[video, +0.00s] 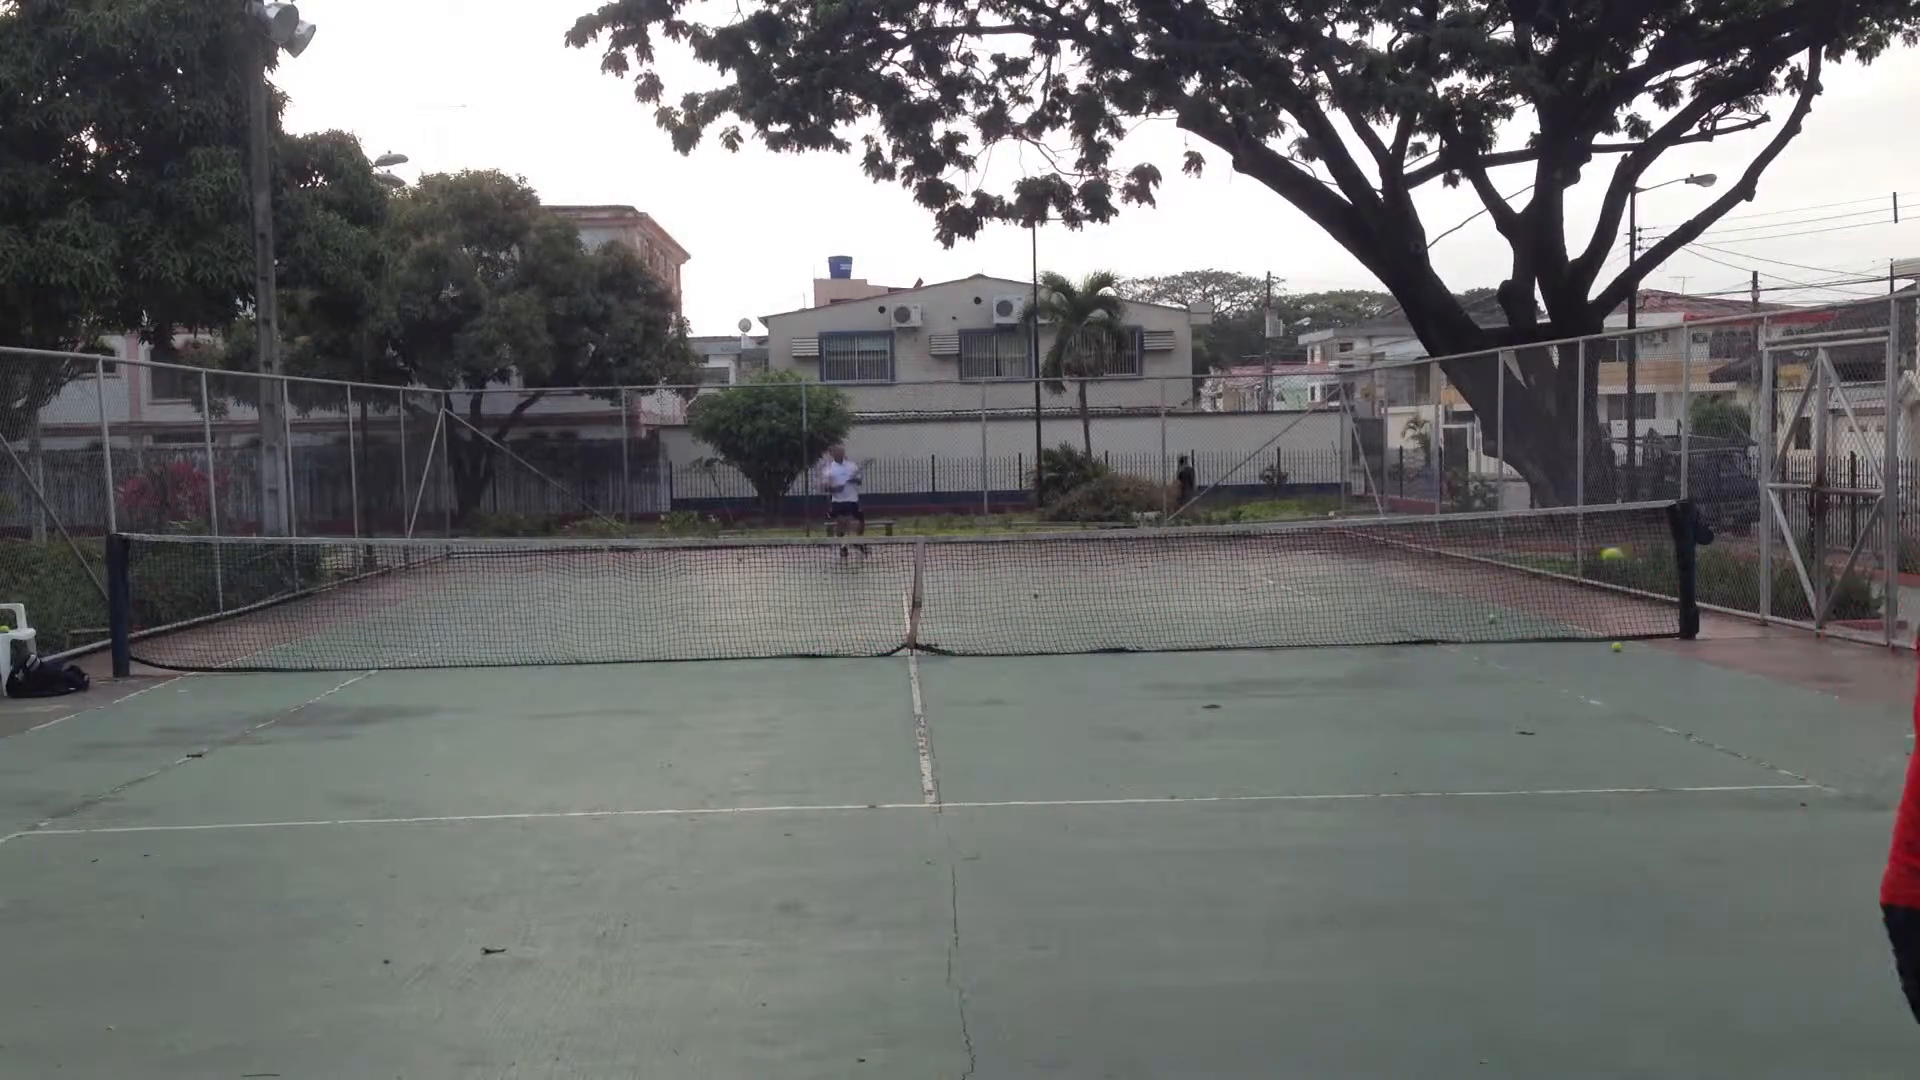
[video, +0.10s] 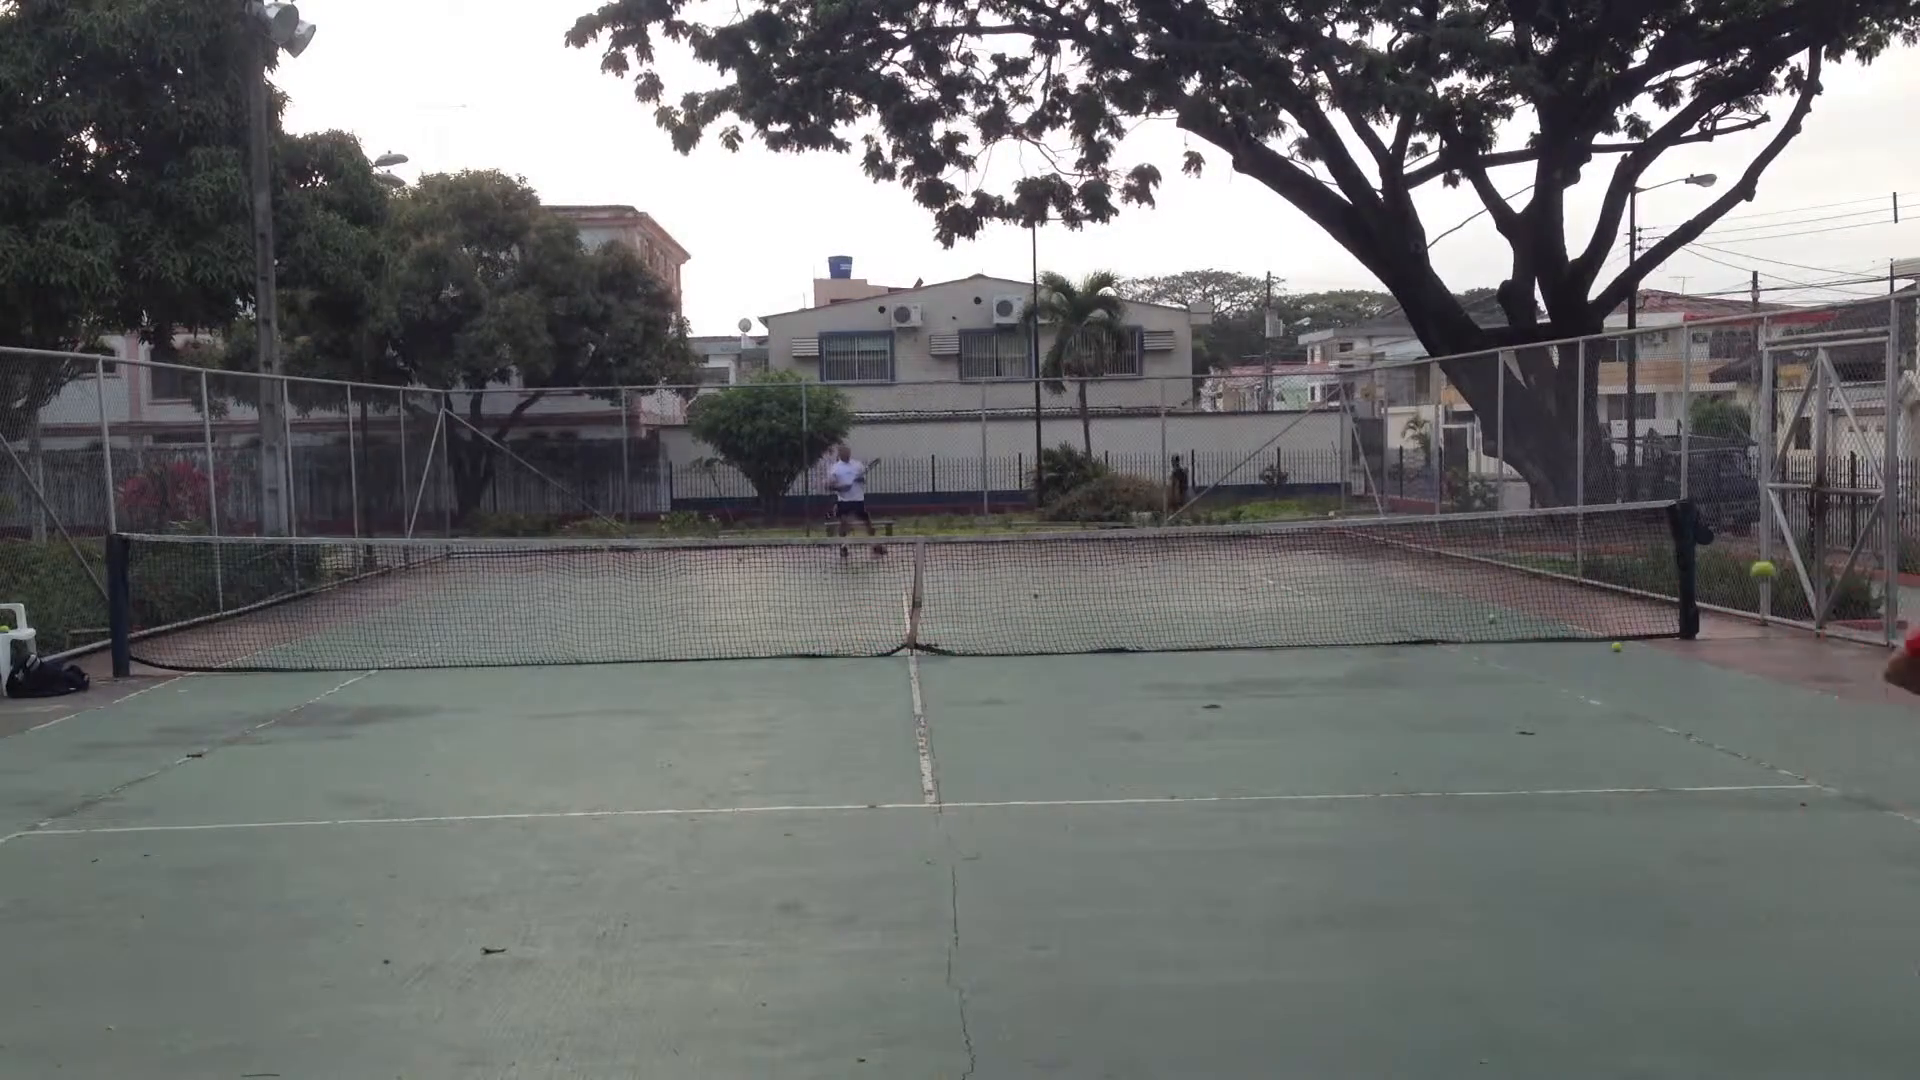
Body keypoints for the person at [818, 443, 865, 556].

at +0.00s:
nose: (839, 455)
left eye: (840, 453)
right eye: (836, 453)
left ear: (844, 453)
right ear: (832, 454)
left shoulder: (851, 466)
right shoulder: (829, 468)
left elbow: (859, 480)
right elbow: (825, 485)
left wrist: (854, 479)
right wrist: (836, 487)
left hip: (852, 500)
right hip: (837, 500)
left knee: (858, 523)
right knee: (840, 524)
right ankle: (842, 545)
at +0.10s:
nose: (846, 456)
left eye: (847, 453)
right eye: (843, 454)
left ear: (850, 454)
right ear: (839, 455)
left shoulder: (857, 465)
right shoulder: (835, 468)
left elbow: (864, 478)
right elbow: (830, 485)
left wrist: (861, 479)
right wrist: (843, 487)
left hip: (858, 500)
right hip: (843, 501)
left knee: (867, 523)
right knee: (843, 523)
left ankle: (875, 544)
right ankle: (843, 546)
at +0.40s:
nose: (860, 455)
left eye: (862, 452)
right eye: (858, 452)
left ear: (865, 452)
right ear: (854, 453)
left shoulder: (873, 464)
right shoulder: (850, 467)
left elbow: (881, 479)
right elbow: (845, 484)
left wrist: (876, 478)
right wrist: (858, 486)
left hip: (873, 499)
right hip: (858, 500)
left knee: (878, 523)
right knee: (853, 522)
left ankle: (881, 544)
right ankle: (847, 544)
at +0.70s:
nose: (861, 453)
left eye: (863, 451)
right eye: (859, 451)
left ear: (866, 451)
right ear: (855, 452)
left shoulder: (874, 463)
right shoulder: (851, 466)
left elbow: (882, 480)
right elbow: (844, 482)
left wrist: (874, 476)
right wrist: (855, 484)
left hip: (872, 499)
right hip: (856, 499)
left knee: (876, 521)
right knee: (853, 521)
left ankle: (881, 543)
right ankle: (853, 544)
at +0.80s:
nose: (859, 453)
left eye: (861, 451)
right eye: (857, 451)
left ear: (864, 452)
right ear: (853, 452)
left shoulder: (871, 464)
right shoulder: (847, 466)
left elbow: (879, 481)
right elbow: (839, 480)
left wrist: (870, 478)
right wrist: (850, 483)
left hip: (868, 499)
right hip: (853, 499)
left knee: (873, 522)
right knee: (850, 522)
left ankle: (881, 543)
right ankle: (851, 545)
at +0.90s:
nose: (854, 455)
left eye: (856, 452)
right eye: (852, 452)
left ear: (860, 452)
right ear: (849, 453)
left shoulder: (867, 465)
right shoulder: (844, 465)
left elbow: (873, 482)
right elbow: (834, 477)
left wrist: (863, 479)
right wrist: (846, 480)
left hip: (863, 499)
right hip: (849, 498)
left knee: (870, 523)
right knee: (848, 523)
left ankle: (878, 544)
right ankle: (851, 546)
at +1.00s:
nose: (853, 453)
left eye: (855, 450)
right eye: (851, 450)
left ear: (858, 452)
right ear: (847, 452)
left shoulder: (863, 465)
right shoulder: (841, 464)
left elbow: (868, 482)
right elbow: (832, 475)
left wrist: (855, 477)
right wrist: (842, 477)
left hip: (860, 498)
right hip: (847, 497)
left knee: (863, 522)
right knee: (847, 522)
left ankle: (871, 543)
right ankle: (852, 546)